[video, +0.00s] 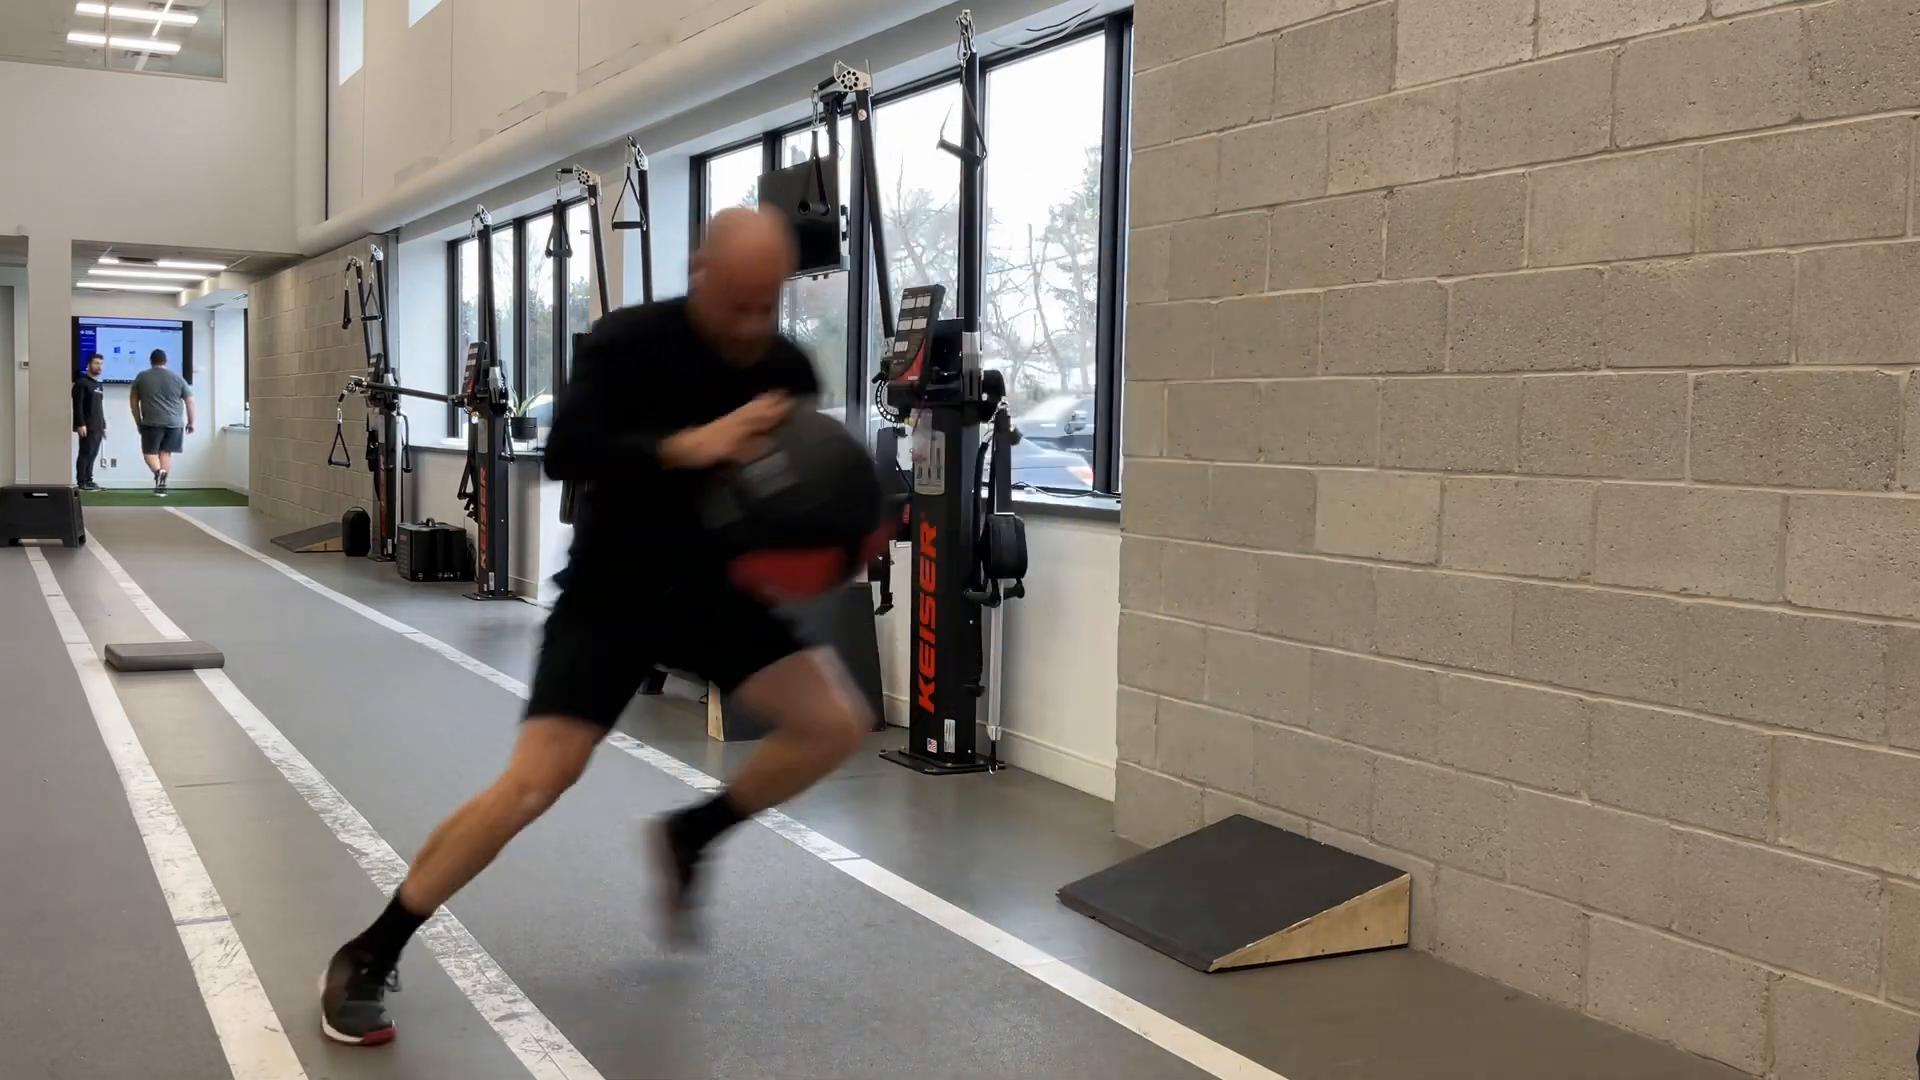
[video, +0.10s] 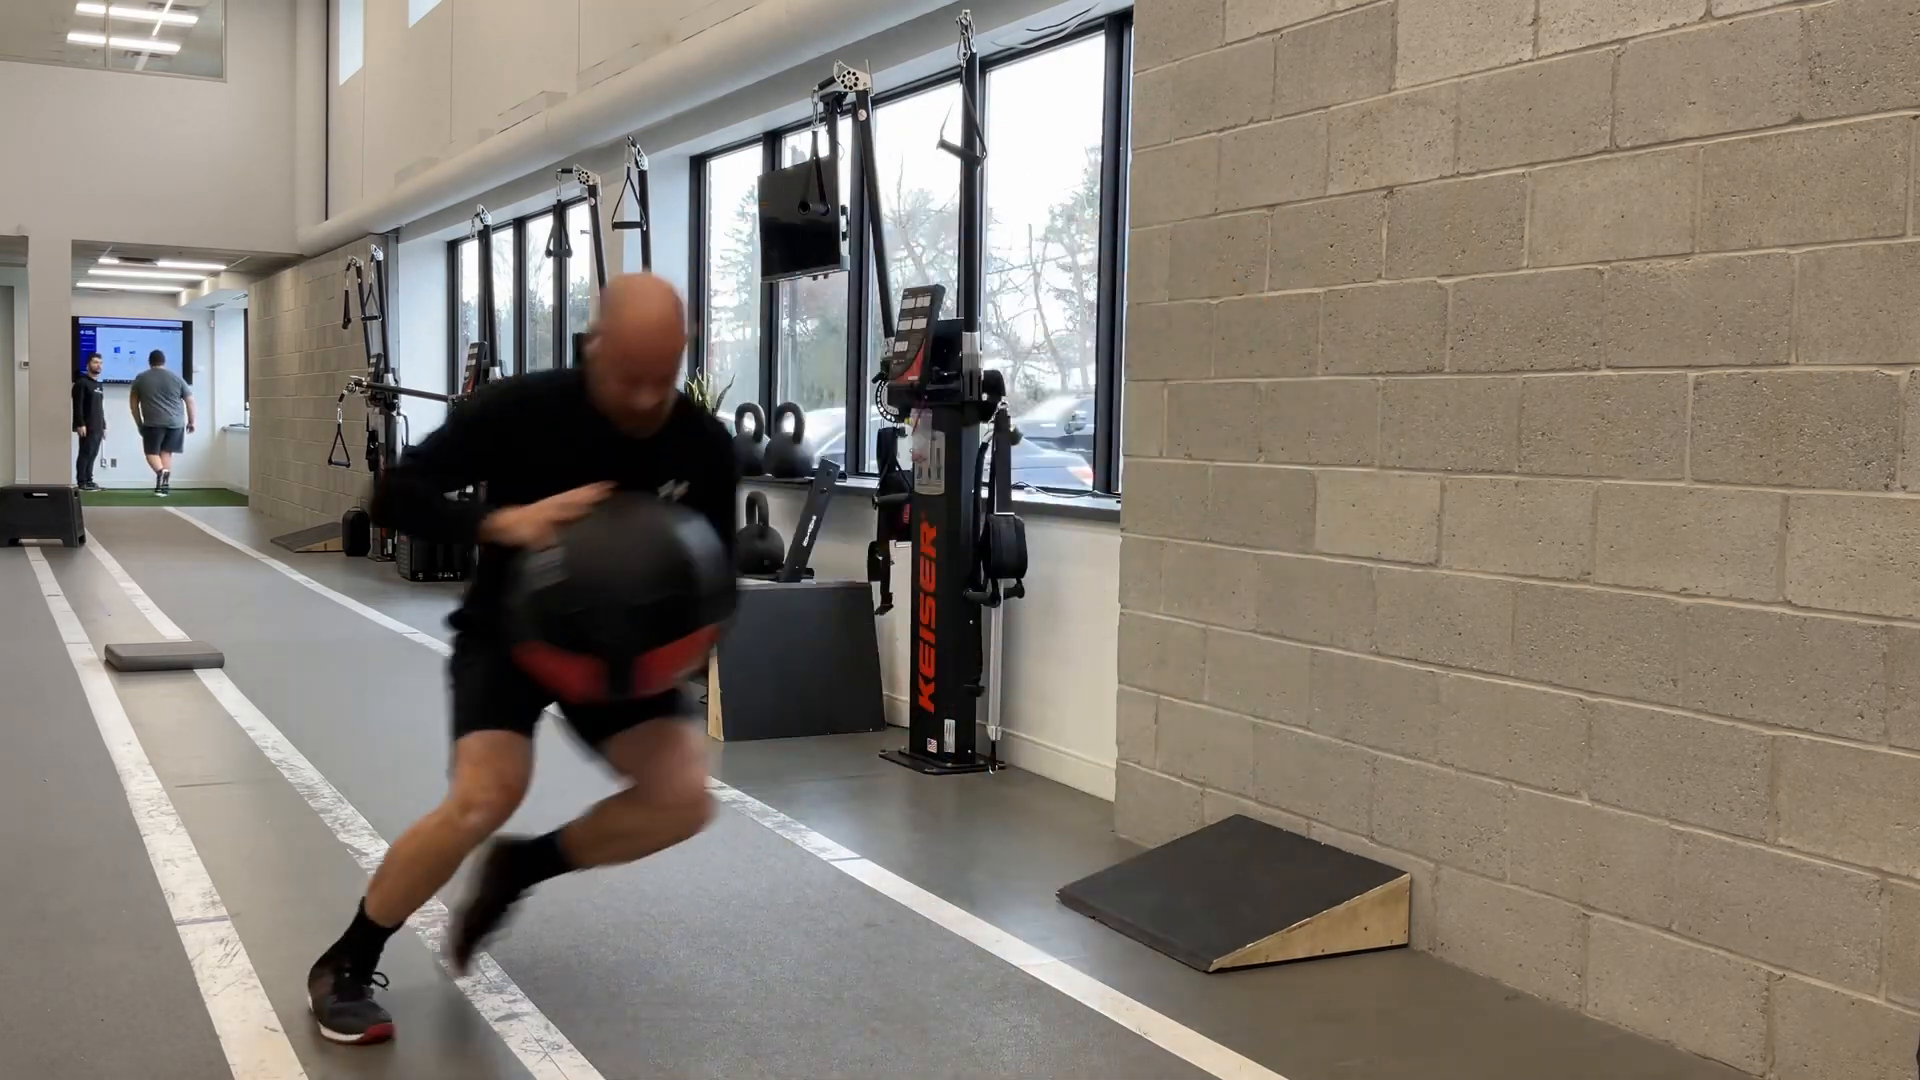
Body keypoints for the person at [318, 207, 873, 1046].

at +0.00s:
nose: (757, 323)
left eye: (771, 303)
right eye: (741, 303)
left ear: (787, 288)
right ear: (699, 277)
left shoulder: (784, 369)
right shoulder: (627, 344)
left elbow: (801, 486)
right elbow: (568, 451)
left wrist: (830, 517)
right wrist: (684, 445)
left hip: (714, 591)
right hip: (614, 591)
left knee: (833, 724)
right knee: (533, 784)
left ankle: (692, 833)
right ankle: (370, 955)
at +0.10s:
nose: (647, 397)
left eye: (663, 379)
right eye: (631, 377)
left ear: (683, 358)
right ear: (592, 348)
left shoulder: (702, 446)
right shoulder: (521, 410)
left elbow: (717, 570)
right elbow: (396, 495)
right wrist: (498, 521)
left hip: (616, 648)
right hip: (506, 632)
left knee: (681, 801)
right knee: (487, 797)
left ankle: (517, 867)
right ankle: (347, 965)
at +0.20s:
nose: (582, 448)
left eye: (600, 429)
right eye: (565, 429)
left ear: (627, 403)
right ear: (531, 397)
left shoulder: (654, 496)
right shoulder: (472, 441)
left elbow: (648, 633)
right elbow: (305, 473)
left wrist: (577, 688)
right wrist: (371, 528)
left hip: (560, 661)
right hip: (446, 645)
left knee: (553, 856)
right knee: (455, 796)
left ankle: (424, 886)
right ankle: (347, 961)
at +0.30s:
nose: (550, 469)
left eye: (569, 453)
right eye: (533, 450)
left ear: (596, 426)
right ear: (499, 415)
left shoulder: (623, 513)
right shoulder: (445, 443)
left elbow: (603, 659)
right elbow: (278, 444)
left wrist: (511, 695)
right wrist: (332, 498)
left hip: (547, 684)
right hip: (431, 661)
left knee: (533, 841)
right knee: (436, 791)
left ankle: (410, 877)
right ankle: (343, 960)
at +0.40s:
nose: (542, 463)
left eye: (560, 446)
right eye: (524, 444)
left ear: (586, 413)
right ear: (487, 403)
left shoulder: (613, 498)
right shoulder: (440, 430)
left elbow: (591, 642)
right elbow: (269, 420)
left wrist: (491, 674)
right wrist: (327, 472)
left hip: (546, 659)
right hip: (429, 647)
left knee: (607, 793)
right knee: (433, 780)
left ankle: (466, 870)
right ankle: (344, 961)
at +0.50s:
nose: (565, 443)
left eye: (582, 427)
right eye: (547, 425)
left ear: (607, 395)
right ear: (506, 383)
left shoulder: (626, 474)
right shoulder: (459, 407)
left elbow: (609, 616)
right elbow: (283, 397)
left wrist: (516, 651)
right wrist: (339, 452)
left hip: (579, 629)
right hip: (457, 634)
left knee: (699, 746)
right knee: (447, 780)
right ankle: (345, 965)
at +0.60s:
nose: (648, 403)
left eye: (655, 384)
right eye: (630, 387)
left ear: (664, 367)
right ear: (575, 360)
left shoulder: (670, 457)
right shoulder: (494, 389)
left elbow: (648, 589)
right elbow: (327, 382)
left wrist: (569, 621)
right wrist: (385, 444)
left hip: (614, 611)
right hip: (496, 621)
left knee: (775, 711)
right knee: (462, 783)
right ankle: (349, 965)